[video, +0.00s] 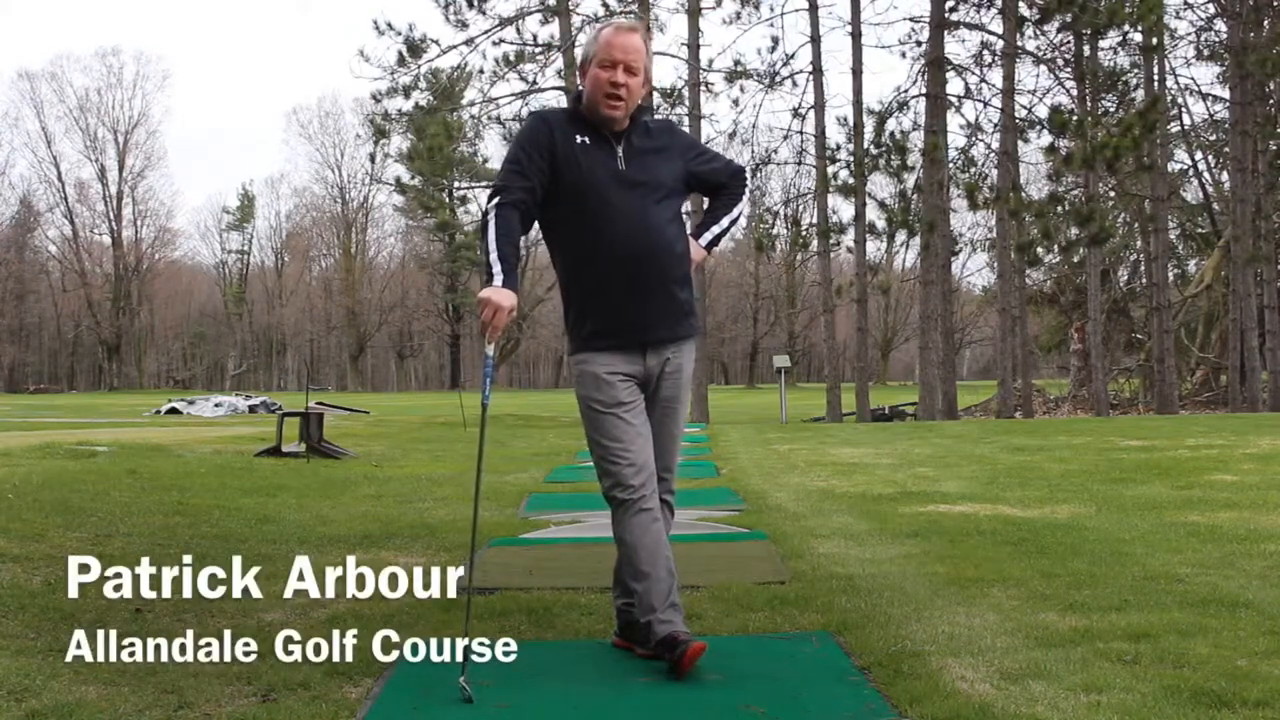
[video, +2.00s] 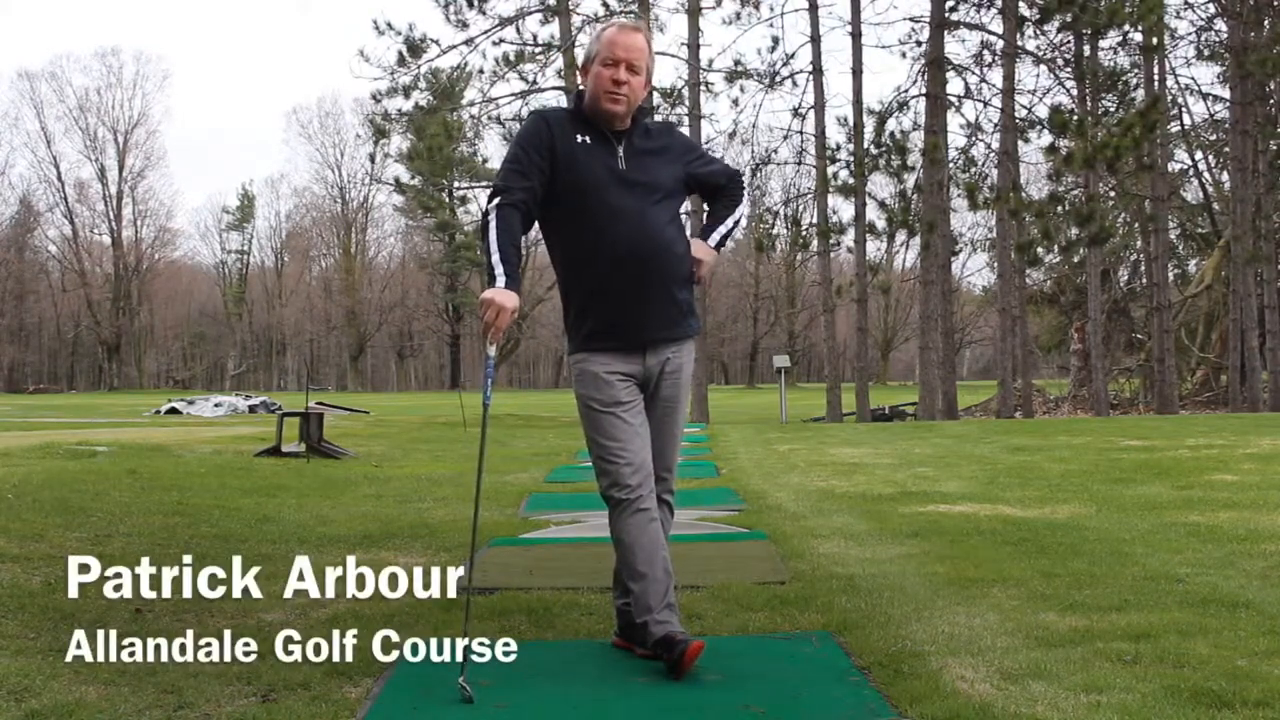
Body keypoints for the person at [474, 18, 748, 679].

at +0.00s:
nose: (617, 80)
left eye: (630, 70)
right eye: (606, 67)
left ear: (646, 82)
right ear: (584, 72)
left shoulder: (669, 141)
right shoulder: (548, 133)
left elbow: (733, 181)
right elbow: (508, 203)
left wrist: (703, 240)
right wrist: (503, 282)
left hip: (674, 339)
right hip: (599, 344)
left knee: (659, 488)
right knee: (634, 486)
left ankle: (634, 619)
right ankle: (669, 631)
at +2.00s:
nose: (619, 77)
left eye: (632, 68)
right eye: (608, 65)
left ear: (648, 82)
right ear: (585, 72)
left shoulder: (671, 144)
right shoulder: (548, 132)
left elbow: (732, 187)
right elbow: (507, 205)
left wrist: (710, 240)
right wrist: (505, 282)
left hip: (673, 342)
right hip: (598, 346)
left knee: (659, 489)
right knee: (631, 487)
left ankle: (633, 620)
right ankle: (666, 631)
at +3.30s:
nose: (597, 75)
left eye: (611, 64)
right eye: (587, 63)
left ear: (634, 75)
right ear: (571, 70)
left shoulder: (661, 144)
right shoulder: (541, 128)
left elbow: (696, 240)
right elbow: (497, 207)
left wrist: (690, 223)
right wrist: (497, 284)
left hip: (655, 340)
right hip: (576, 340)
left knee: (647, 483)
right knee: (585, 466)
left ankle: (638, 615)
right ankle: (594, 622)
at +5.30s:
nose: (541, 66)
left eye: (553, 55)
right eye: (528, 52)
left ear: (565, 65)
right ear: (499, 59)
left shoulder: (590, 134)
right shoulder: (456, 139)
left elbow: (644, 213)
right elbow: (430, 241)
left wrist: (650, 190)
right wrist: (433, 334)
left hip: (579, 341)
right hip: (497, 346)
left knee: (595, 493)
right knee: (516, 496)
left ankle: (608, 627)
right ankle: (527, 630)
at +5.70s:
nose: (544, 68)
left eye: (554, 58)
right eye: (531, 55)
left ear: (563, 66)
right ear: (496, 59)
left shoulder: (582, 132)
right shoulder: (451, 141)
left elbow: (622, 206)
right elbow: (426, 246)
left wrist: (637, 240)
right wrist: (430, 339)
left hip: (577, 341)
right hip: (494, 346)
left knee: (594, 493)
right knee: (514, 496)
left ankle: (608, 628)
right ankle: (527, 631)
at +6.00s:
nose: (533, 67)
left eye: (544, 57)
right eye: (520, 53)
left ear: (554, 65)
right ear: (487, 58)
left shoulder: (578, 132)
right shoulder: (444, 142)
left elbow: (613, 219)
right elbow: (419, 245)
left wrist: (622, 291)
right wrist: (428, 338)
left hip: (575, 339)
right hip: (489, 345)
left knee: (592, 491)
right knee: (511, 497)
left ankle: (608, 628)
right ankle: (527, 632)